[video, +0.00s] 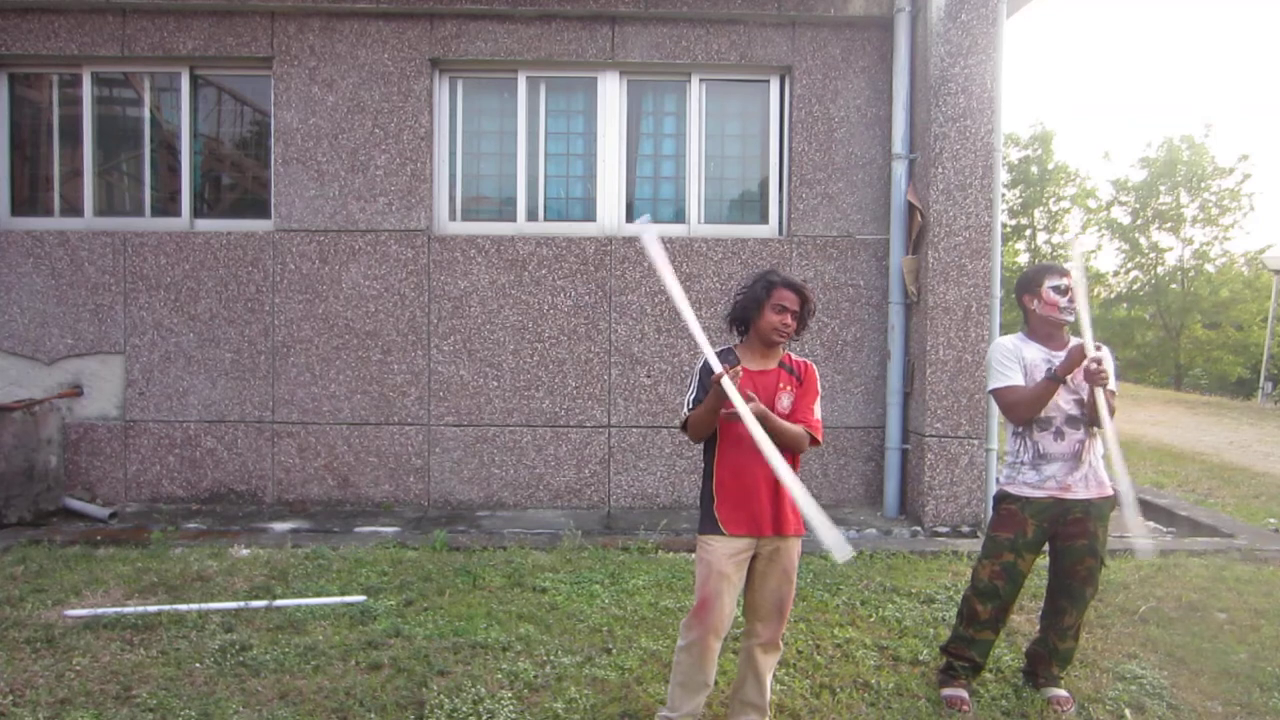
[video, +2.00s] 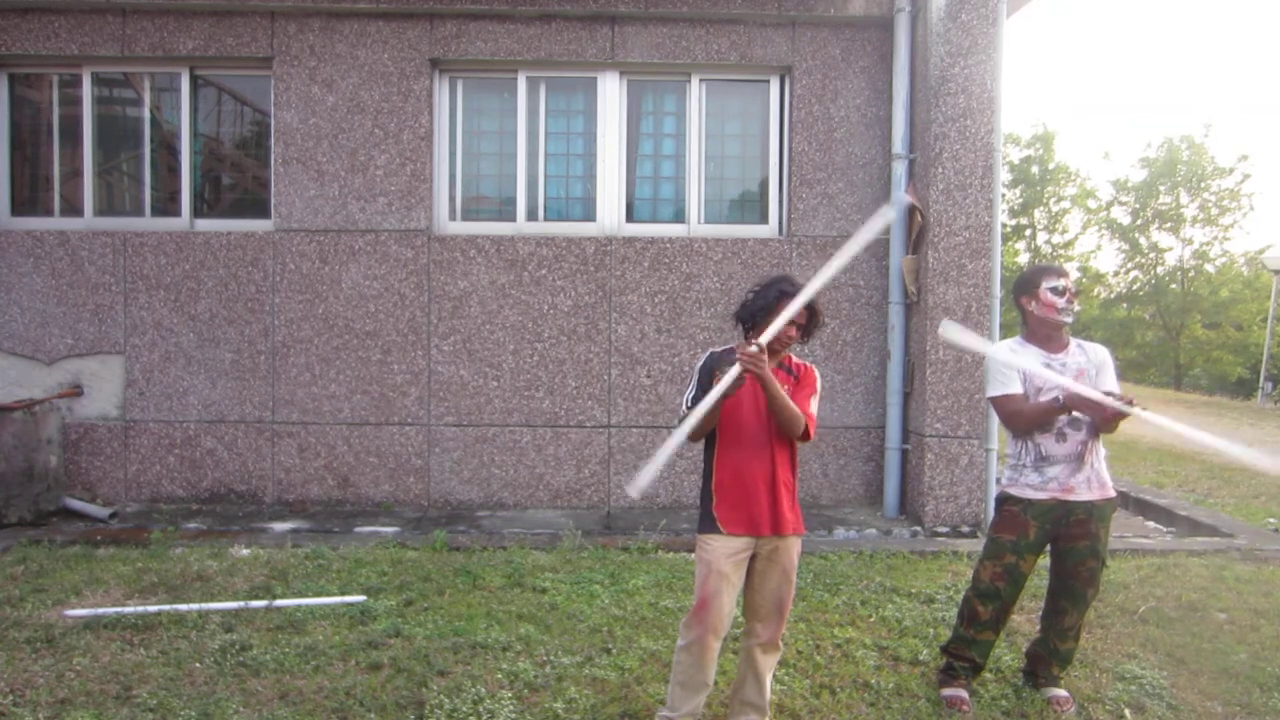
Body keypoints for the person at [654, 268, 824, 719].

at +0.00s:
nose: (788, 321)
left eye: (795, 315)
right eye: (779, 309)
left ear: (799, 323)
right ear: (751, 310)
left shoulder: (803, 371)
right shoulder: (717, 364)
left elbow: (802, 441)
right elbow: (694, 431)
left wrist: (763, 415)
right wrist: (718, 395)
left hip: (783, 519)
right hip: (725, 518)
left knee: (767, 634)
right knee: (708, 623)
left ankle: (750, 715)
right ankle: (678, 714)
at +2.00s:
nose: (793, 332)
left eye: (800, 327)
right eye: (787, 320)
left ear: (803, 332)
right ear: (759, 315)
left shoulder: (804, 373)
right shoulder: (717, 363)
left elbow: (800, 430)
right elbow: (693, 430)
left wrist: (767, 376)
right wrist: (721, 390)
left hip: (782, 520)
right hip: (724, 519)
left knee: (767, 635)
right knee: (707, 624)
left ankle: (750, 715)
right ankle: (678, 714)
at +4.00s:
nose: (790, 320)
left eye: (800, 315)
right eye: (783, 308)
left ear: (805, 326)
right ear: (761, 308)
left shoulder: (807, 373)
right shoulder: (723, 358)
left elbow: (800, 428)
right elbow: (713, 429)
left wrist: (751, 396)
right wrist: (732, 382)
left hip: (785, 519)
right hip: (728, 516)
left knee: (768, 635)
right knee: (709, 621)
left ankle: (749, 715)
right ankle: (678, 714)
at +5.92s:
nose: (785, 318)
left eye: (789, 310)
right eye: (776, 309)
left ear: (792, 317)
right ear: (745, 310)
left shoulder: (794, 364)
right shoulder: (714, 356)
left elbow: (792, 420)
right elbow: (695, 409)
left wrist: (784, 382)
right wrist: (743, 365)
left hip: (777, 515)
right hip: (720, 515)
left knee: (765, 631)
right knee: (703, 621)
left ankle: (749, 714)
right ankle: (678, 713)